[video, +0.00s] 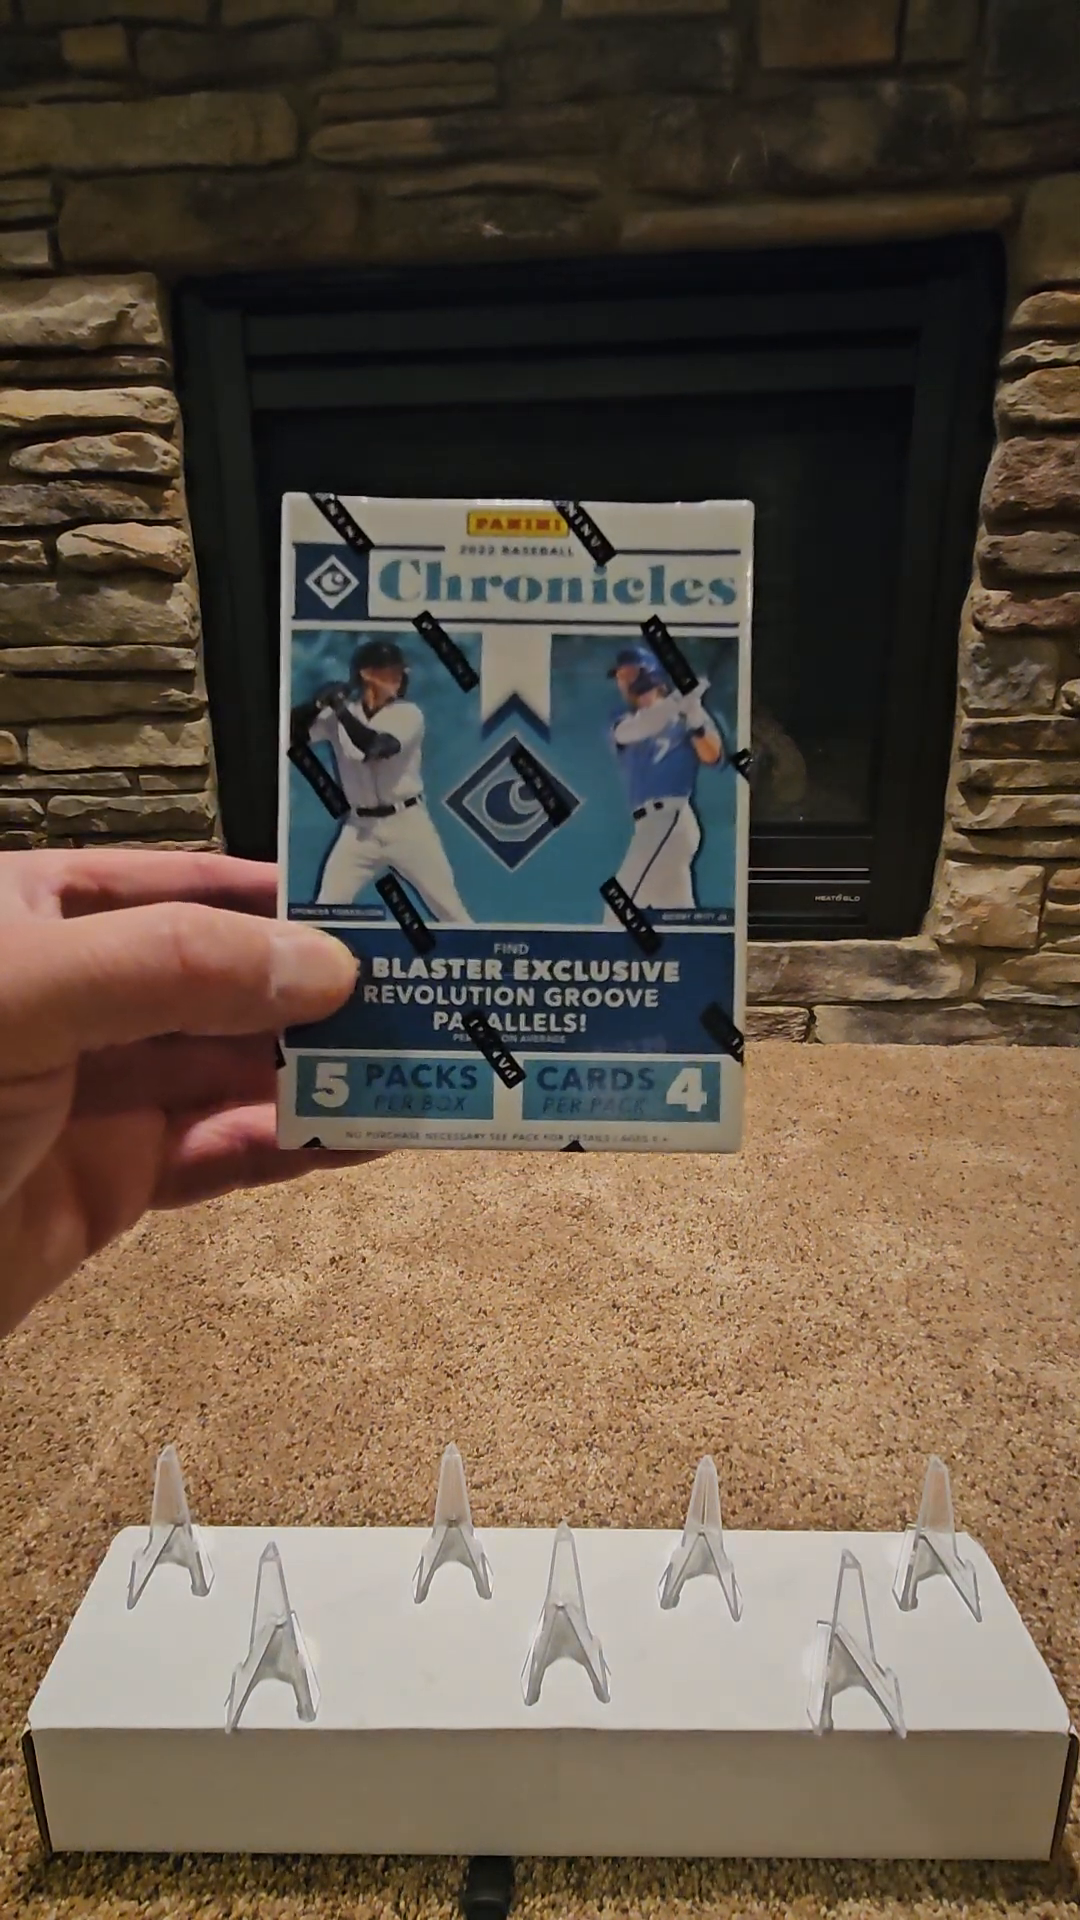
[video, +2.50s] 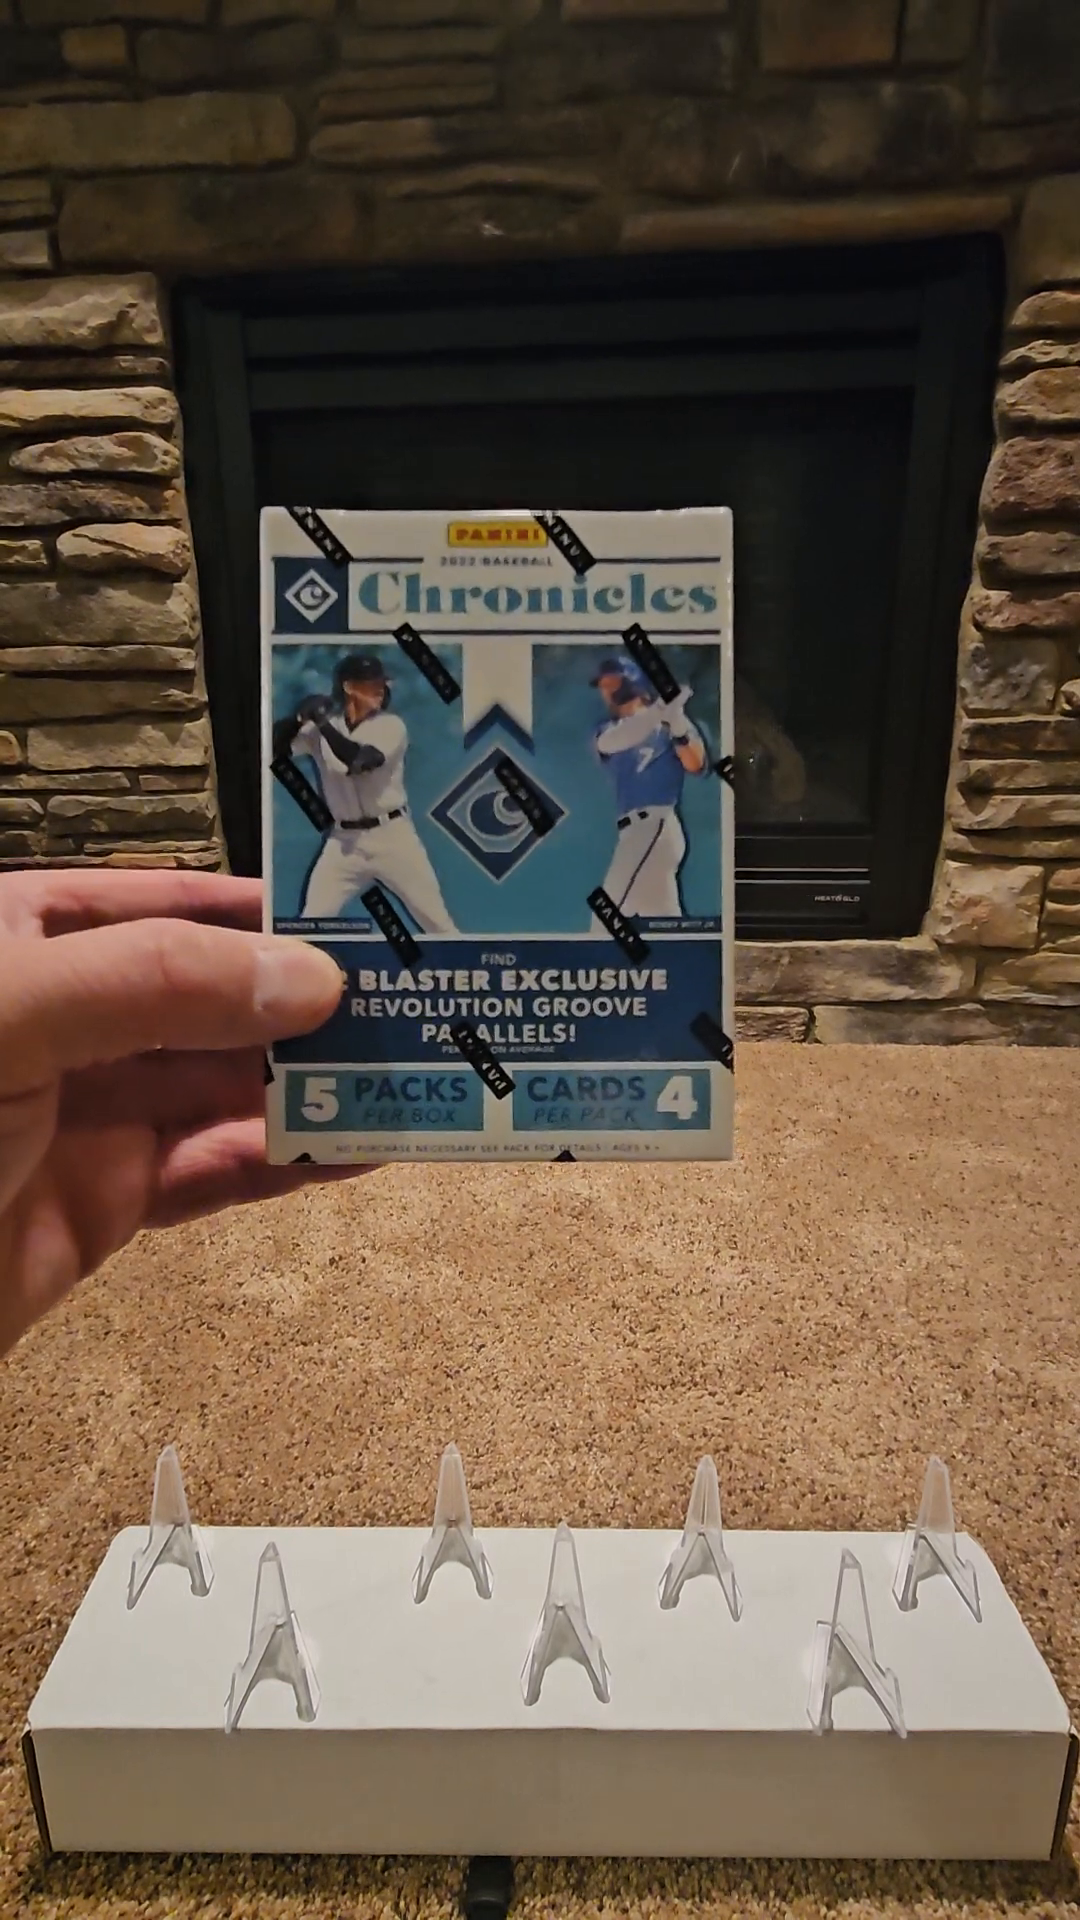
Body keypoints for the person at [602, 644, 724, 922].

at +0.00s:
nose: (623, 682)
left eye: (629, 673)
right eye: (620, 676)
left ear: (649, 676)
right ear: (617, 682)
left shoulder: (686, 712)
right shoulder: (623, 721)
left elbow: (712, 757)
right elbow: (636, 730)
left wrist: (695, 715)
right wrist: (678, 700)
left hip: (671, 820)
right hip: (647, 824)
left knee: (621, 905)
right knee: (677, 915)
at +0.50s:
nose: (614, 693)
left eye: (621, 684)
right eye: (611, 687)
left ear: (641, 685)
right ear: (609, 692)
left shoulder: (679, 723)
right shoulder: (616, 732)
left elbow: (704, 768)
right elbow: (628, 740)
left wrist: (686, 725)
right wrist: (669, 711)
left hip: (663, 830)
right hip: (641, 833)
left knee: (612, 915)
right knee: (670, 927)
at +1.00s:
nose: (622, 704)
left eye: (629, 695)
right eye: (619, 697)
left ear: (649, 695)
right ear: (616, 700)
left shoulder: (688, 732)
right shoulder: (621, 741)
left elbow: (711, 777)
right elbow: (642, 746)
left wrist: (694, 733)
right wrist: (676, 719)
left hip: (671, 838)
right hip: (648, 841)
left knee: (620, 924)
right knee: (680, 936)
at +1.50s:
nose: (614, 681)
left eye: (621, 672)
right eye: (611, 674)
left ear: (640, 672)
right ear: (608, 678)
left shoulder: (680, 709)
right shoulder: (615, 720)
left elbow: (704, 753)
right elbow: (632, 725)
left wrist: (687, 712)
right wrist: (673, 695)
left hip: (664, 816)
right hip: (640, 820)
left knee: (614, 903)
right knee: (671, 912)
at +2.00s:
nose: (614, 697)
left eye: (620, 688)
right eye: (612, 690)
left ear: (639, 687)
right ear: (611, 693)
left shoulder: (681, 724)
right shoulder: (614, 733)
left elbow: (705, 768)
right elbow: (632, 741)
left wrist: (688, 727)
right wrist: (671, 711)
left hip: (664, 831)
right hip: (640, 835)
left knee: (615, 918)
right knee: (671, 927)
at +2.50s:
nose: (607, 693)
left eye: (613, 684)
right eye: (603, 686)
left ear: (633, 686)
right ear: (600, 690)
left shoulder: (673, 721)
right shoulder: (607, 730)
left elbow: (696, 766)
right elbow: (614, 742)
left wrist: (677, 722)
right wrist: (658, 712)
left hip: (655, 829)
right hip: (633, 832)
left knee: (607, 916)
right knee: (665, 925)